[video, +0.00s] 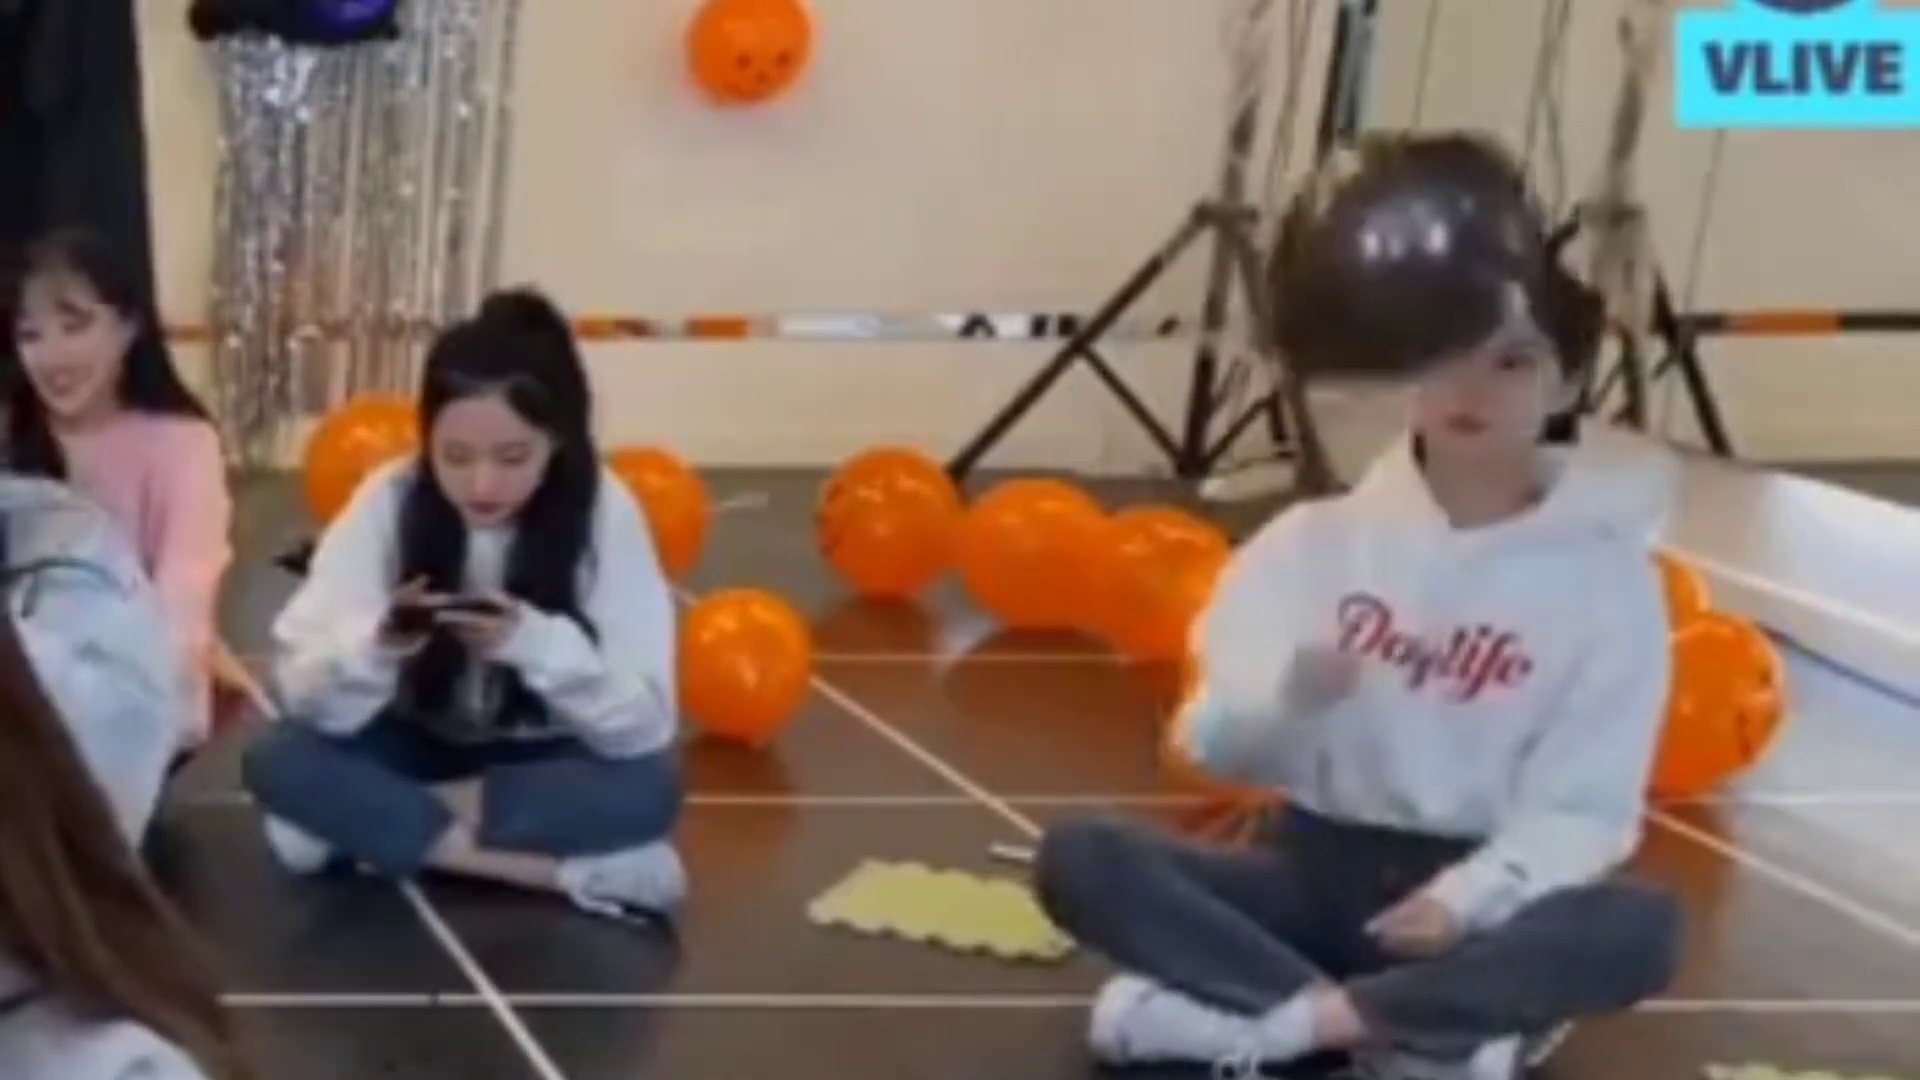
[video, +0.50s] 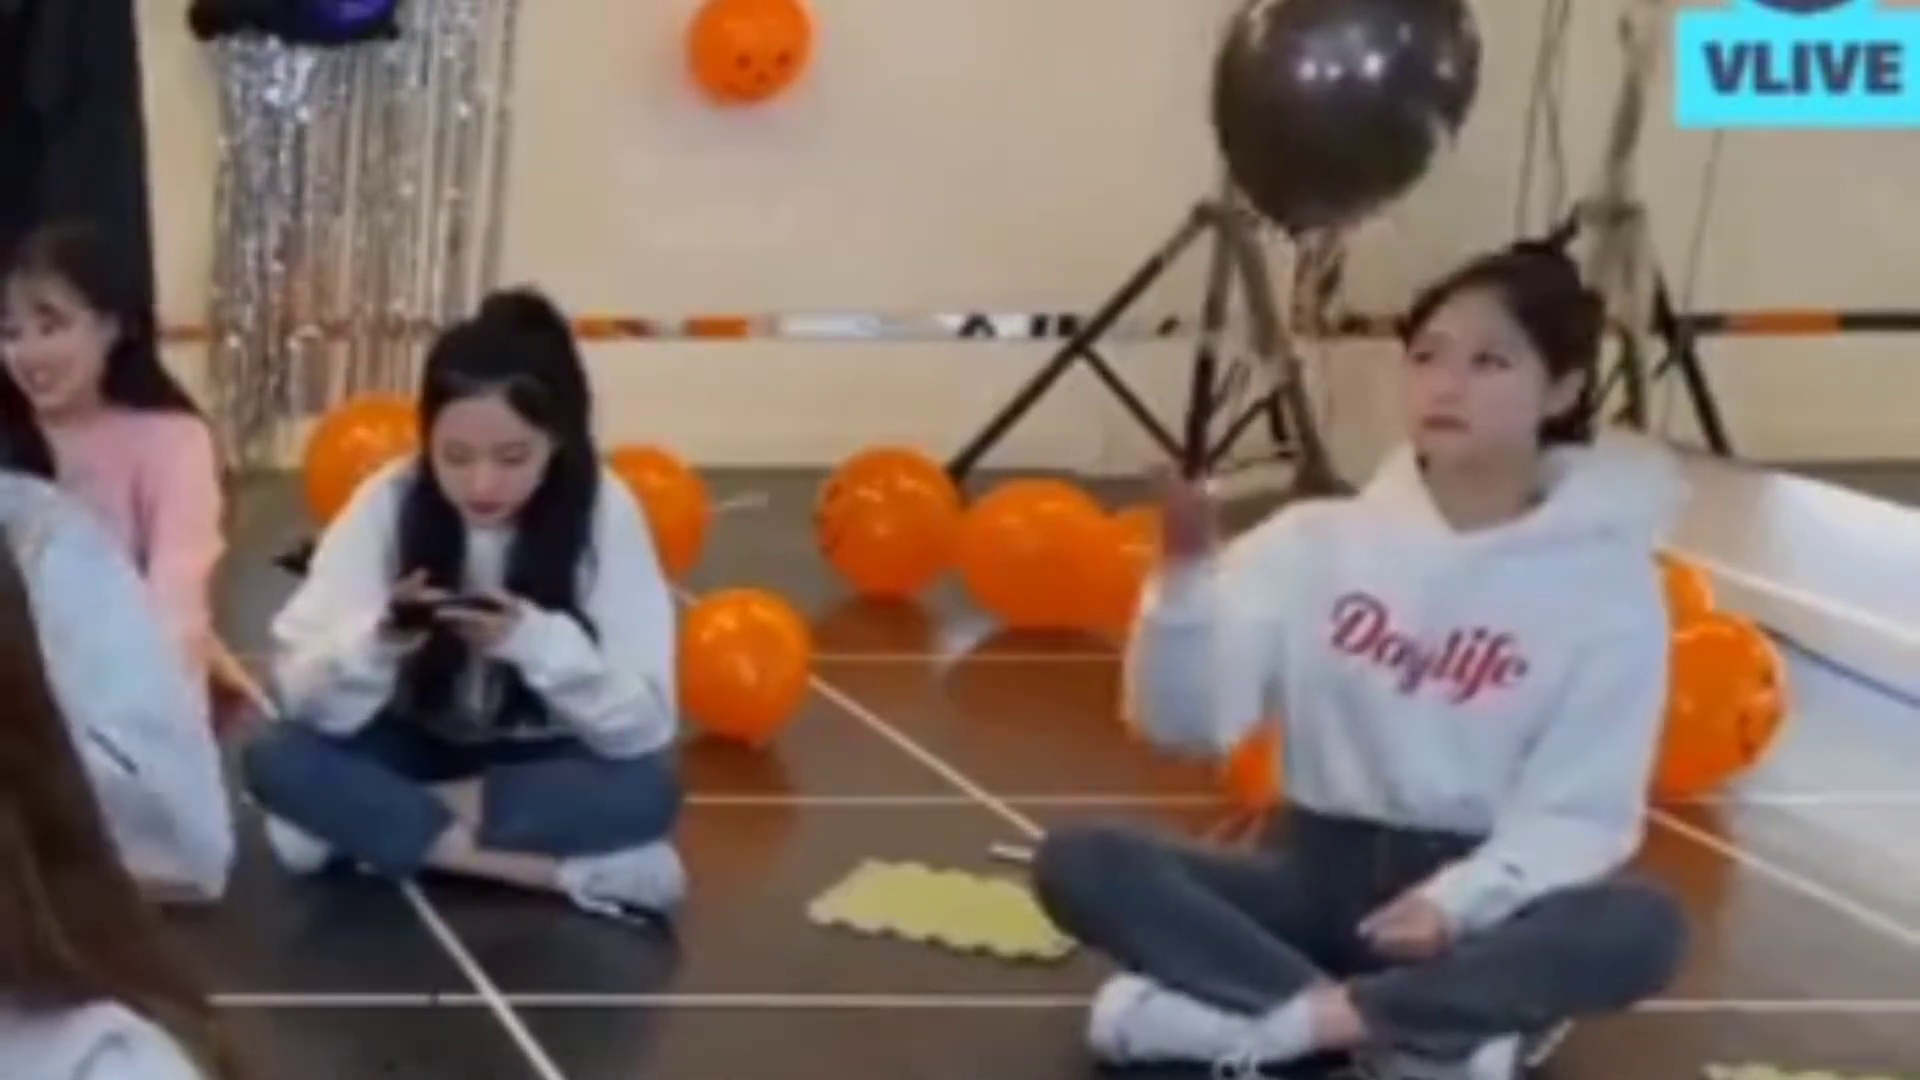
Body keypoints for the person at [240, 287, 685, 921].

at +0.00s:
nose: (482, 487)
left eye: (512, 459)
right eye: (457, 458)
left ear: (559, 445)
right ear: (426, 440)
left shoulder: (603, 513)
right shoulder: (389, 501)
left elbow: (644, 724)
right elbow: (305, 698)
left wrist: (529, 643)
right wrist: (383, 647)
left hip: (542, 744)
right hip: (409, 739)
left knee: (647, 789)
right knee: (276, 761)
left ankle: (367, 839)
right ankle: (550, 877)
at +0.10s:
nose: (482, 487)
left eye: (512, 459)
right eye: (457, 458)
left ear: (559, 445)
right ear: (426, 440)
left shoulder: (603, 513)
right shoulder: (389, 501)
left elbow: (644, 724)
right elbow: (305, 699)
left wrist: (529, 642)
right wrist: (383, 646)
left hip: (542, 744)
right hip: (409, 739)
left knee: (646, 790)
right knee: (276, 760)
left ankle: (367, 839)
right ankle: (550, 878)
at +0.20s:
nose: (482, 487)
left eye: (512, 459)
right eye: (457, 458)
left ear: (559, 445)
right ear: (426, 440)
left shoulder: (603, 512)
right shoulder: (389, 501)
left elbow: (644, 724)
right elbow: (304, 698)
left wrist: (527, 641)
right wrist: (385, 640)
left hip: (541, 744)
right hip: (408, 738)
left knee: (645, 792)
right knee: (275, 760)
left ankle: (366, 838)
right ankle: (550, 878)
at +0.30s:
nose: (482, 487)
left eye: (512, 459)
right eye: (457, 458)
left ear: (559, 445)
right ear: (426, 441)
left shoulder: (603, 512)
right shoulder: (388, 502)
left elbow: (643, 724)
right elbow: (305, 699)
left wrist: (527, 641)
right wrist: (387, 638)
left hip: (542, 745)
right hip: (408, 740)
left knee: (645, 792)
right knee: (276, 760)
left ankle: (366, 839)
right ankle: (550, 878)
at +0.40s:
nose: (482, 487)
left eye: (512, 459)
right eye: (457, 458)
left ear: (559, 445)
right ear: (426, 441)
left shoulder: (603, 512)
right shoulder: (388, 503)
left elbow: (643, 724)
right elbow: (305, 700)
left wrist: (529, 640)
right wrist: (387, 638)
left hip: (541, 744)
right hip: (408, 739)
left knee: (645, 792)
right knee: (276, 758)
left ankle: (366, 839)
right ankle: (550, 878)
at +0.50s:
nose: (482, 487)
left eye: (511, 459)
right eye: (457, 458)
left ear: (559, 445)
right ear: (426, 441)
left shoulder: (603, 512)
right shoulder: (388, 503)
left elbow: (644, 724)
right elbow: (306, 700)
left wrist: (528, 640)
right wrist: (386, 638)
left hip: (541, 745)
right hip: (407, 741)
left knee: (645, 792)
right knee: (274, 759)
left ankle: (364, 838)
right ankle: (551, 878)